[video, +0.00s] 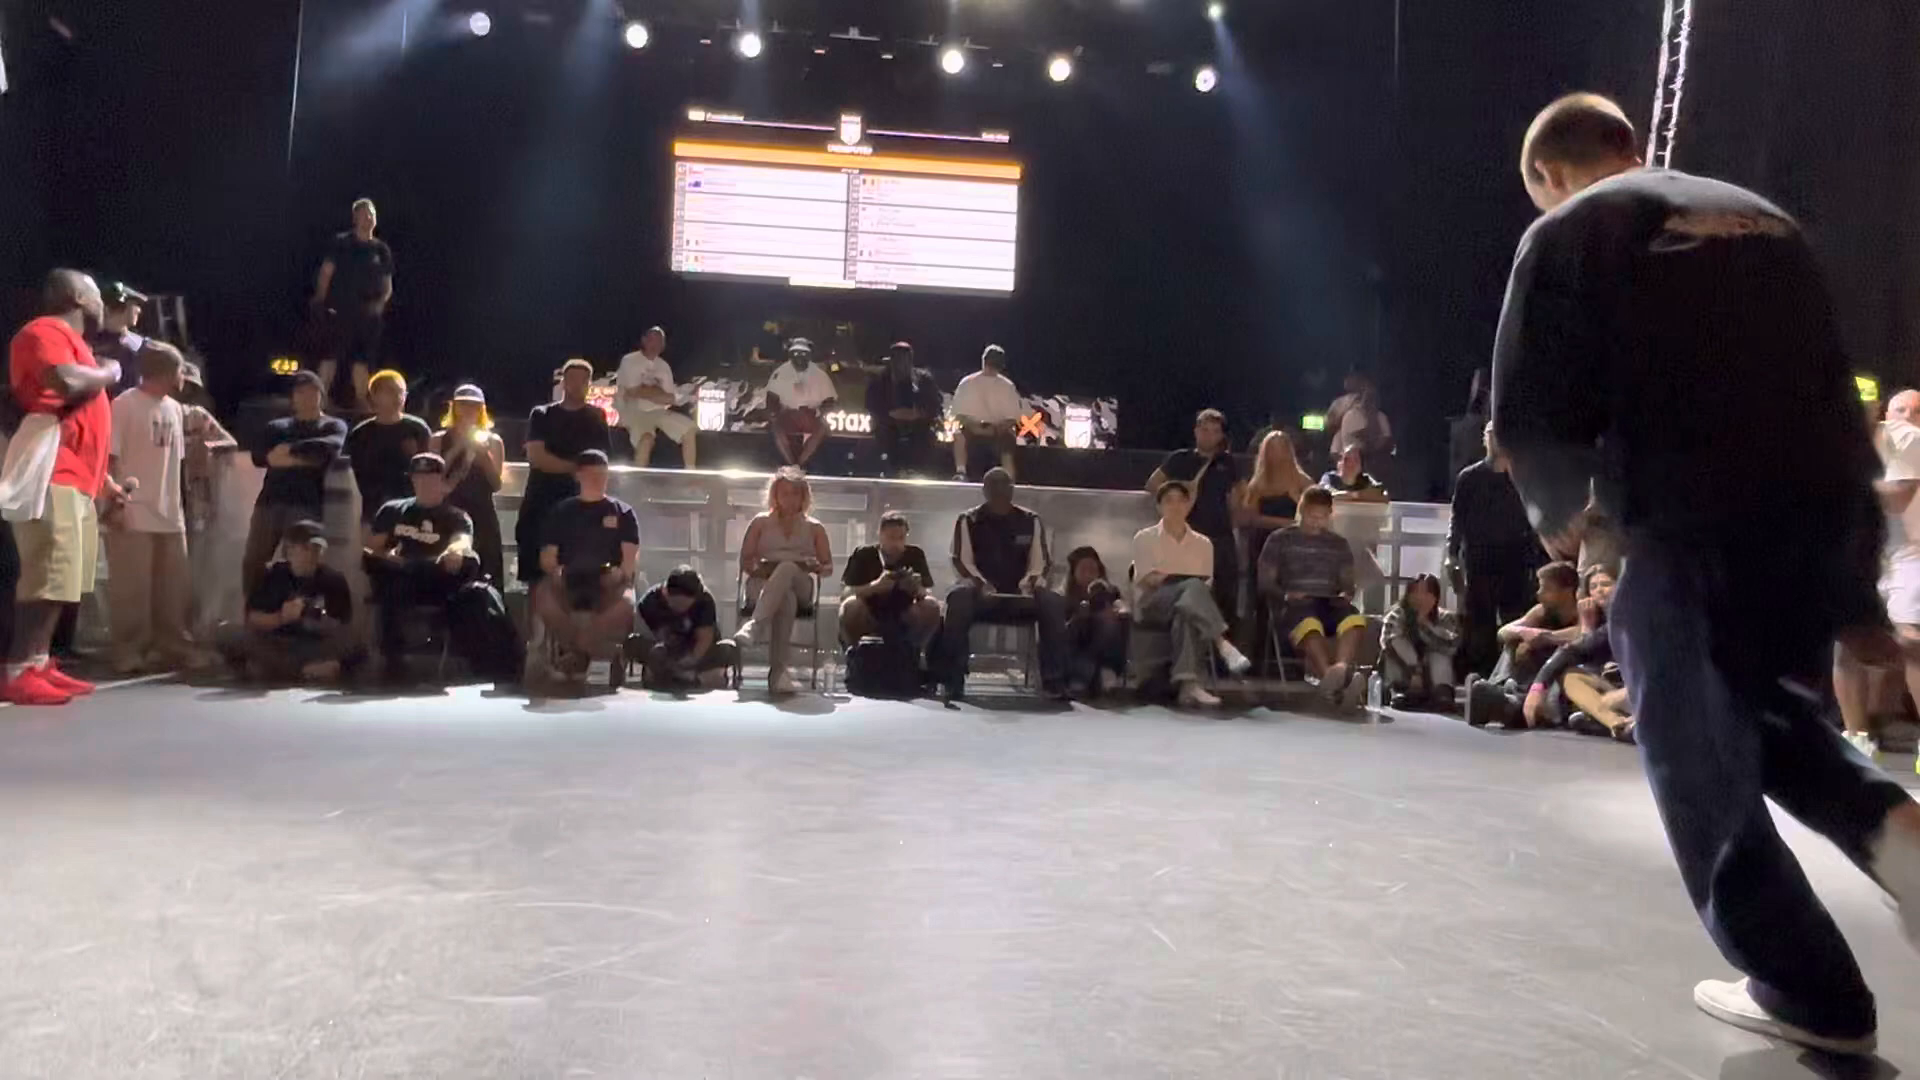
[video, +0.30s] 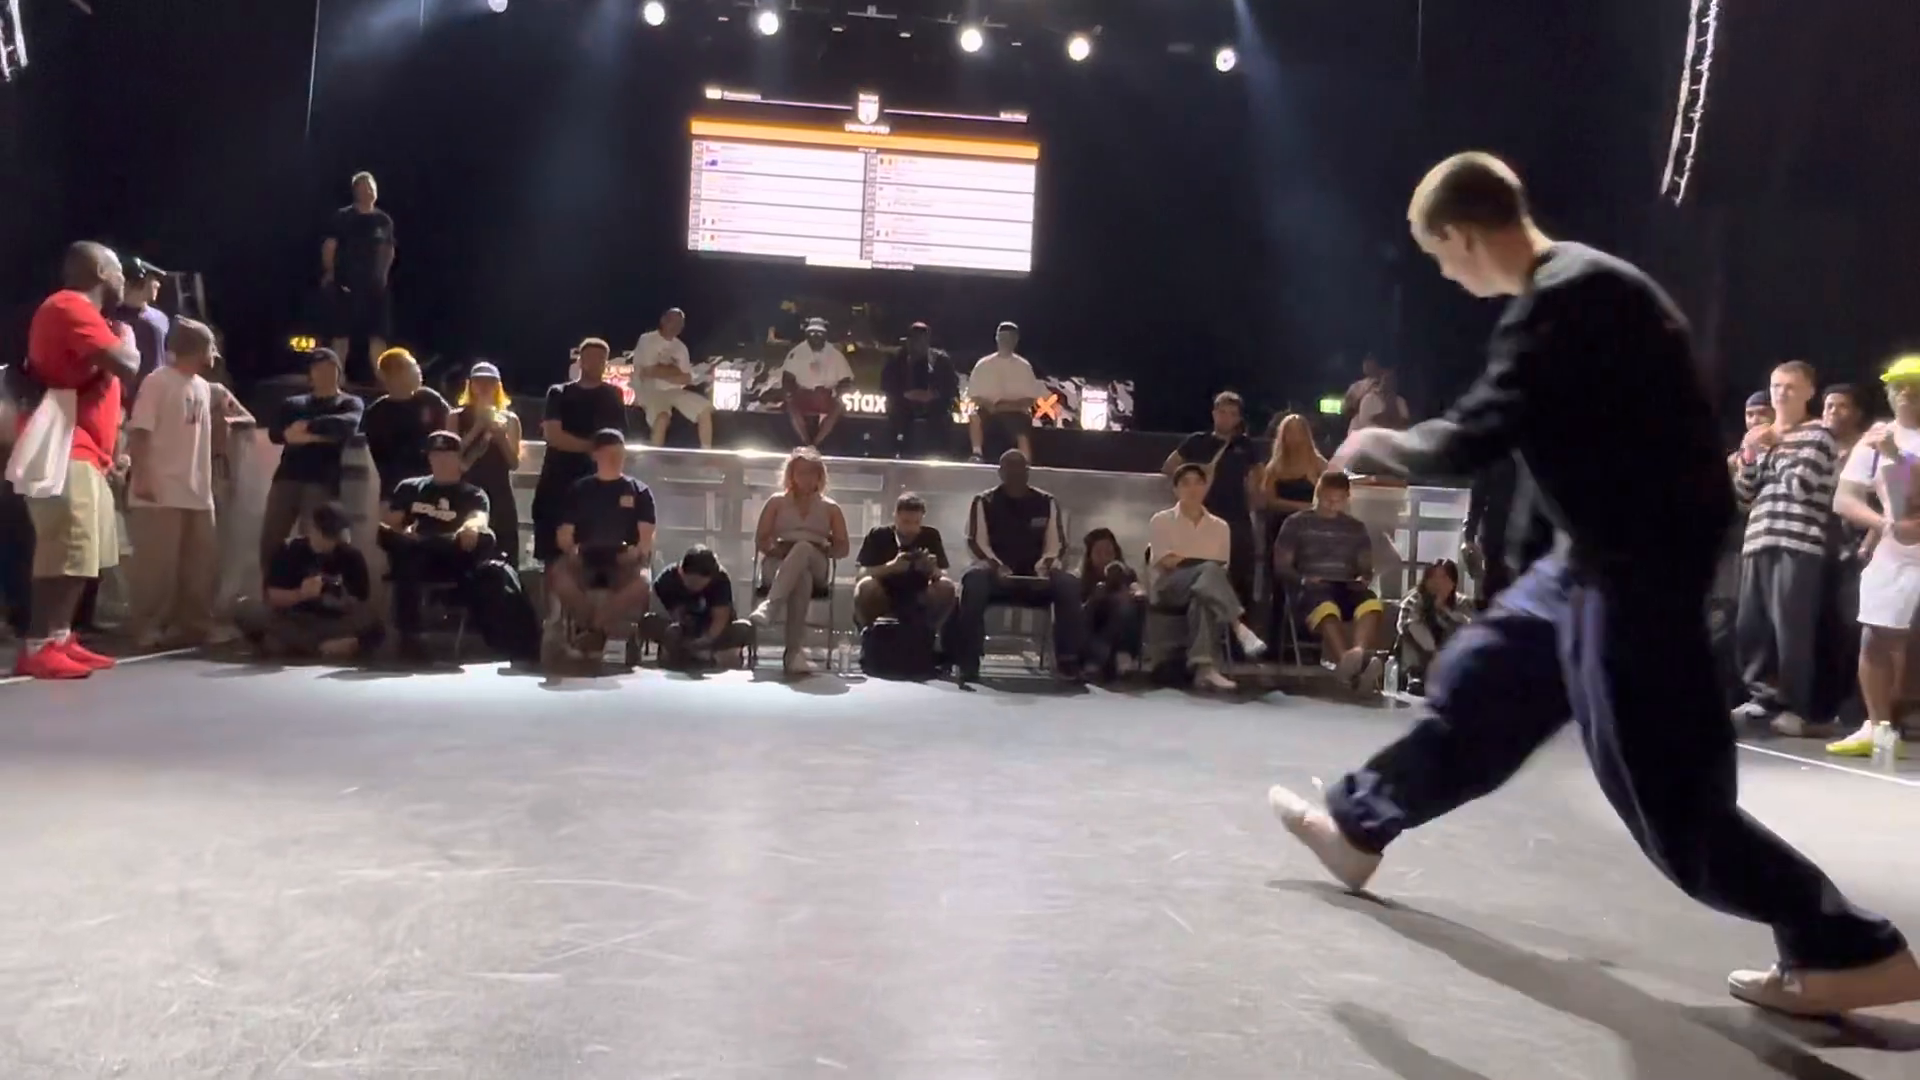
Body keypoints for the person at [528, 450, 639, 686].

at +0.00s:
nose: (595, 480)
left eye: (599, 474)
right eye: (589, 474)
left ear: (607, 476)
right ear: (578, 476)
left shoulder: (622, 513)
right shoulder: (561, 511)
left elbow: (629, 565)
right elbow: (547, 557)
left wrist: (608, 580)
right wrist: (563, 576)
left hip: (606, 576)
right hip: (568, 576)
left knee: (626, 604)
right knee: (543, 594)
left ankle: (576, 651)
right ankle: (582, 650)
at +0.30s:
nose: (612, 458)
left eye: (616, 451)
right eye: (606, 452)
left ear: (623, 454)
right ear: (595, 455)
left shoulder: (639, 492)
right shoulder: (578, 489)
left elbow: (645, 543)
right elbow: (563, 535)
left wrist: (620, 560)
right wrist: (578, 556)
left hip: (621, 554)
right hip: (585, 554)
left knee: (642, 582)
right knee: (559, 573)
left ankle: (595, 626)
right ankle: (594, 625)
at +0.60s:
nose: (629, 443)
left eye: (633, 437)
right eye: (623, 438)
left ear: (640, 440)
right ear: (612, 441)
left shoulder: (656, 478)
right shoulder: (594, 475)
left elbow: (662, 527)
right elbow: (581, 519)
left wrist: (641, 542)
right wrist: (594, 539)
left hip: (639, 540)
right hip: (602, 539)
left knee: (659, 567)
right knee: (577, 559)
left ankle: (610, 614)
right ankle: (612, 613)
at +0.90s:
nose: (644, 431)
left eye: (648, 425)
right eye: (639, 426)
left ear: (655, 428)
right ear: (626, 429)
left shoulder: (670, 466)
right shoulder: (608, 464)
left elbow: (676, 512)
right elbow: (595, 507)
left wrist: (662, 529)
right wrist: (607, 527)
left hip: (652, 527)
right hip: (616, 526)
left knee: (671, 556)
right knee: (591, 550)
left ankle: (622, 606)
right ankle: (624, 607)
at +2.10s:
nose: (669, 415)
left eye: (673, 409)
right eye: (663, 409)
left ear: (679, 412)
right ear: (651, 412)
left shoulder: (694, 449)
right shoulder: (633, 446)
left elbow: (701, 494)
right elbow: (620, 489)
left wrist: (688, 510)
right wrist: (630, 508)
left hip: (676, 508)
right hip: (641, 507)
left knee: (694, 540)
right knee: (616, 533)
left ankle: (643, 587)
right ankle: (649, 588)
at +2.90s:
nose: (680, 404)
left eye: (684, 399)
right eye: (674, 399)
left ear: (690, 401)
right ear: (661, 402)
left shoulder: (705, 438)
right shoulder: (643, 435)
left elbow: (711, 482)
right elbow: (630, 478)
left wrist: (700, 499)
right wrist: (641, 496)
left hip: (687, 498)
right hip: (651, 496)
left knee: (704, 529)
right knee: (626, 520)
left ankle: (651, 576)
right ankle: (658, 576)